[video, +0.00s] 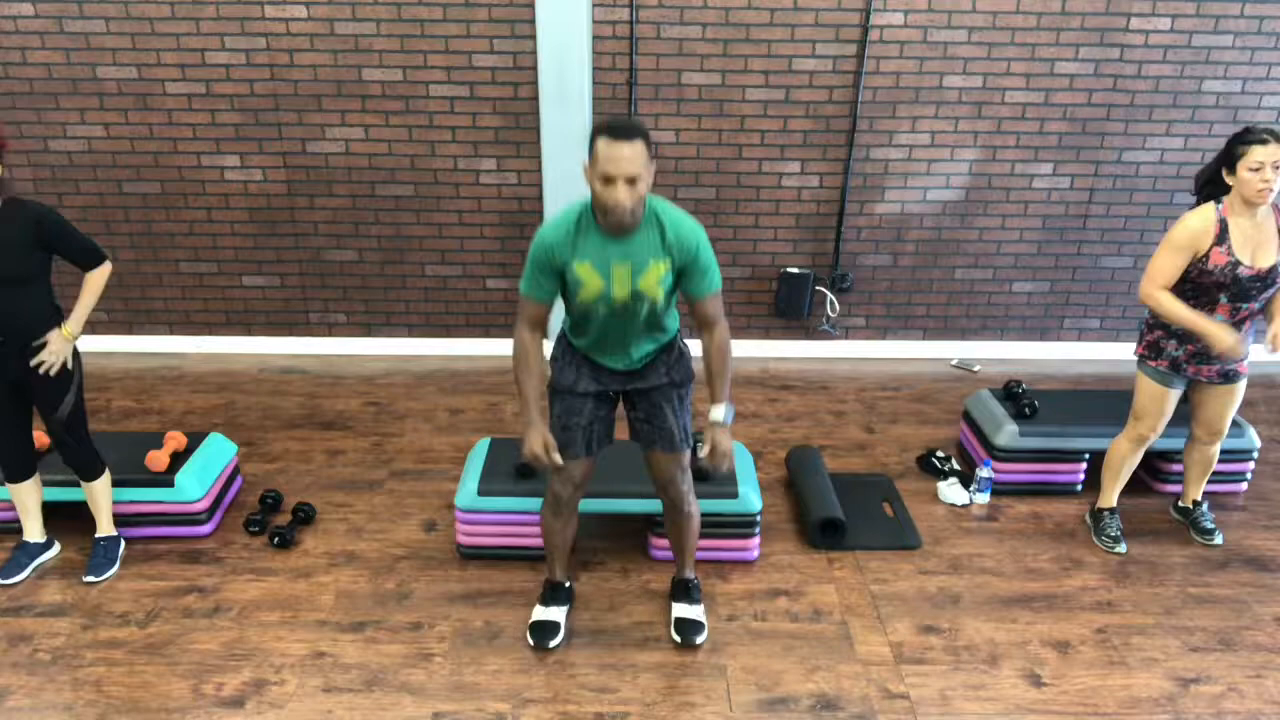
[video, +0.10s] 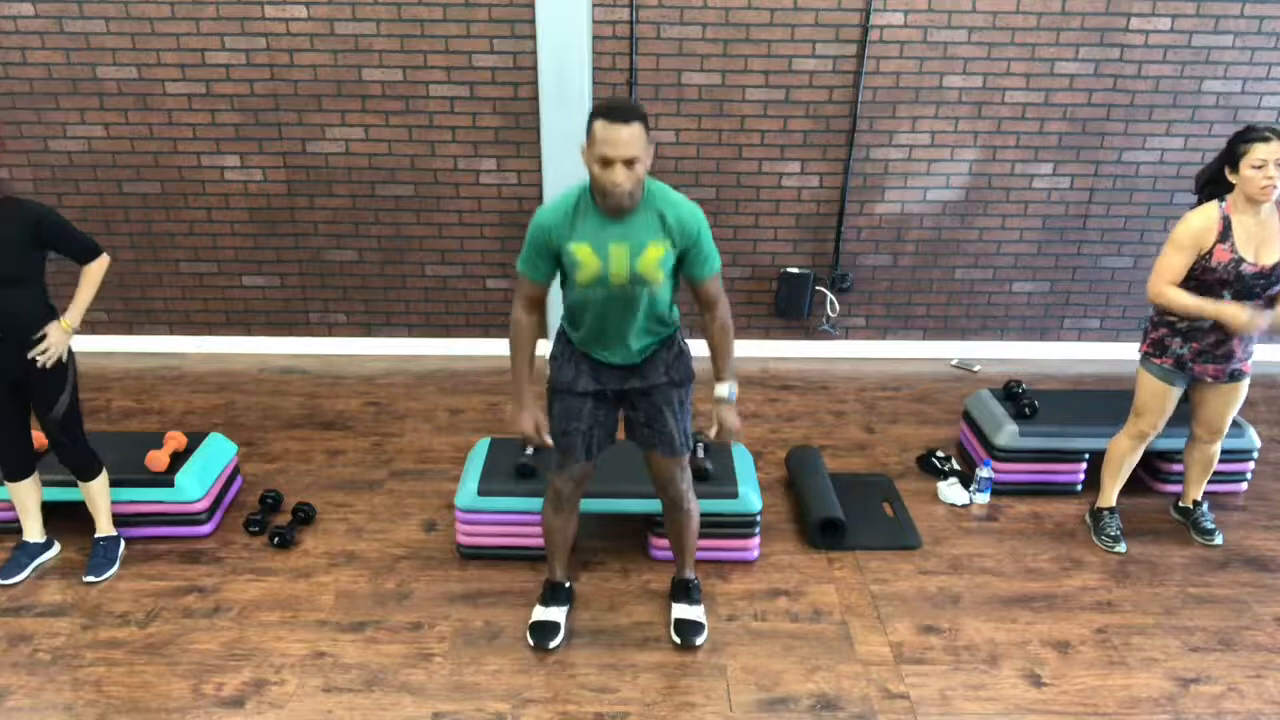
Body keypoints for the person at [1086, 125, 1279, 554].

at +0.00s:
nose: (1268, 177)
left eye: (1274, 167)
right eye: (1256, 168)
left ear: (1279, 172)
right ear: (1231, 174)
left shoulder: (1274, 220)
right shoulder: (1200, 223)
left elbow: (1272, 278)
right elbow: (1151, 289)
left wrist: (1276, 319)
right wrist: (1212, 329)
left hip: (1231, 344)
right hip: (1173, 337)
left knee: (1210, 435)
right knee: (1142, 430)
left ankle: (1190, 503)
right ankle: (1104, 509)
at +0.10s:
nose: (1271, 175)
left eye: (1276, 165)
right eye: (1259, 166)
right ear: (1234, 173)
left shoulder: (1277, 224)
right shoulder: (1203, 221)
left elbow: (1273, 297)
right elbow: (1158, 289)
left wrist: (1266, 318)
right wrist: (1220, 310)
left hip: (1232, 345)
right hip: (1175, 338)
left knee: (1210, 435)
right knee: (1142, 428)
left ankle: (1191, 503)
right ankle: (1104, 508)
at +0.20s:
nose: (1273, 171)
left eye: (1278, 162)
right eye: (1262, 162)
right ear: (1236, 171)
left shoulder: (1275, 222)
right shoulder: (1204, 220)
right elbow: (1171, 292)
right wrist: (1243, 288)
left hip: (1234, 345)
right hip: (1177, 338)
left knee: (1211, 434)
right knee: (1141, 427)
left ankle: (1191, 504)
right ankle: (1102, 505)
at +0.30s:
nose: (1273, 169)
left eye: (1278, 161)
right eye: (1262, 161)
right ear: (1235, 170)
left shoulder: (1276, 218)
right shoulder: (1203, 217)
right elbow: (1182, 291)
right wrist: (1251, 270)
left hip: (1231, 338)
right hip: (1178, 332)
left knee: (1211, 431)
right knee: (1139, 424)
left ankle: (1191, 503)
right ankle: (1093, 495)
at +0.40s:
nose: (1271, 172)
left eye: (1276, 163)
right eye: (1259, 164)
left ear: (1279, 170)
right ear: (1231, 172)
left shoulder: (1273, 219)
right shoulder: (1200, 219)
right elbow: (1184, 293)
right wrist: (1249, 264)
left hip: (1222, 334)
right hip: (1169, 328)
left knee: (1208, 429)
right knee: (1131, 421)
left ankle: (1190, 502)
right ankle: (1084, 492)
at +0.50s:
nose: (1268, 185)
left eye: (1273, 176)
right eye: (1256, 176)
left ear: (1277, 183)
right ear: (1225, 185)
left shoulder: (1271, 230)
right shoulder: (1193, 228)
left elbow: (1274, 306)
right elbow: (1180, 303)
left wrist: (1279, 264)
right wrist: (1243, 271)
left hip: (1205, 332)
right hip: (1152, 327)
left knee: (1210, 424)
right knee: (1124, 419)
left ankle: (1189, 501)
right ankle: (1083, 492)